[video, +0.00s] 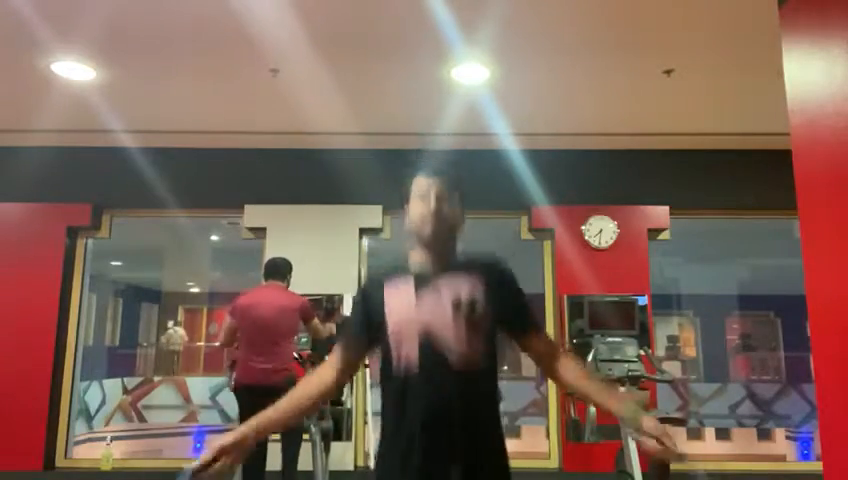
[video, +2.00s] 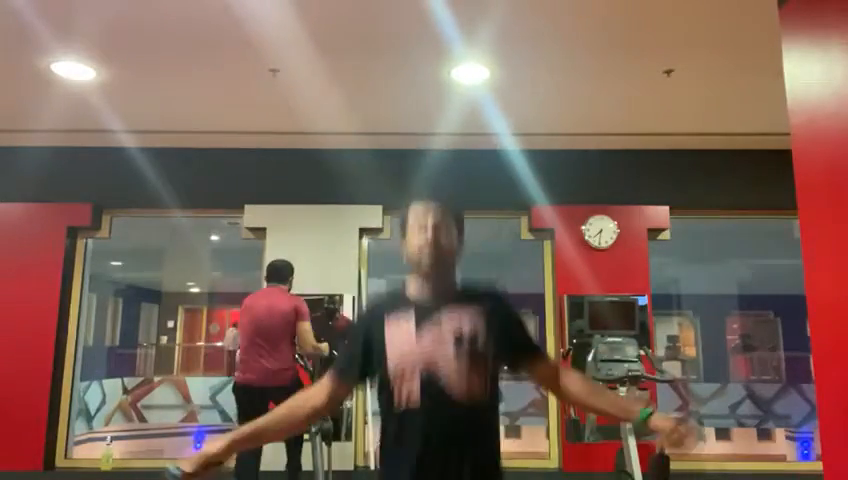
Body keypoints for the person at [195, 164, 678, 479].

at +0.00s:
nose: (427, 209)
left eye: (439, 200)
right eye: (418, 199)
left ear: (460, 215)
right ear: (404, 212)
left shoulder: (489, 281)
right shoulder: (378, 292)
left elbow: (552, 359)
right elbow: (327, 376)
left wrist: (629, 410)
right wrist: (244, 435)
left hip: (478, 462)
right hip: (401, 463)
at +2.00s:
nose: (427, 238)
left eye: (439, 228)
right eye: (417, 229)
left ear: (459, 241)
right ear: (402, 243)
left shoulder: (490, 311)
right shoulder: (376, 317)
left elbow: (556, 378)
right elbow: (317, 399)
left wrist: (639, 416)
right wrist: (230, 442)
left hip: (474, 468)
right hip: (399, 468)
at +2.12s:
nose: (432, 172)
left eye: (443, 164)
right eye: (420, 165)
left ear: (459, 180)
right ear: (404, 183)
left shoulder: (489, 243)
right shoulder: (380, 251)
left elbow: (538, 333)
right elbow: (346, 343)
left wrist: (605, 387)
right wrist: (271, 404)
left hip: (477, 435)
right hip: (400, 438)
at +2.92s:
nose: (431, 225)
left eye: (442, 215)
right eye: (421, 215)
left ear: (464, 226)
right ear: (407, 228)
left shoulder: (499, 296)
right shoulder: (381, 304)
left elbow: (574, 366)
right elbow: (329, 381)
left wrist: (657, 394)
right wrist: (241, 411)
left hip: (482, 467)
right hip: (404, 467)